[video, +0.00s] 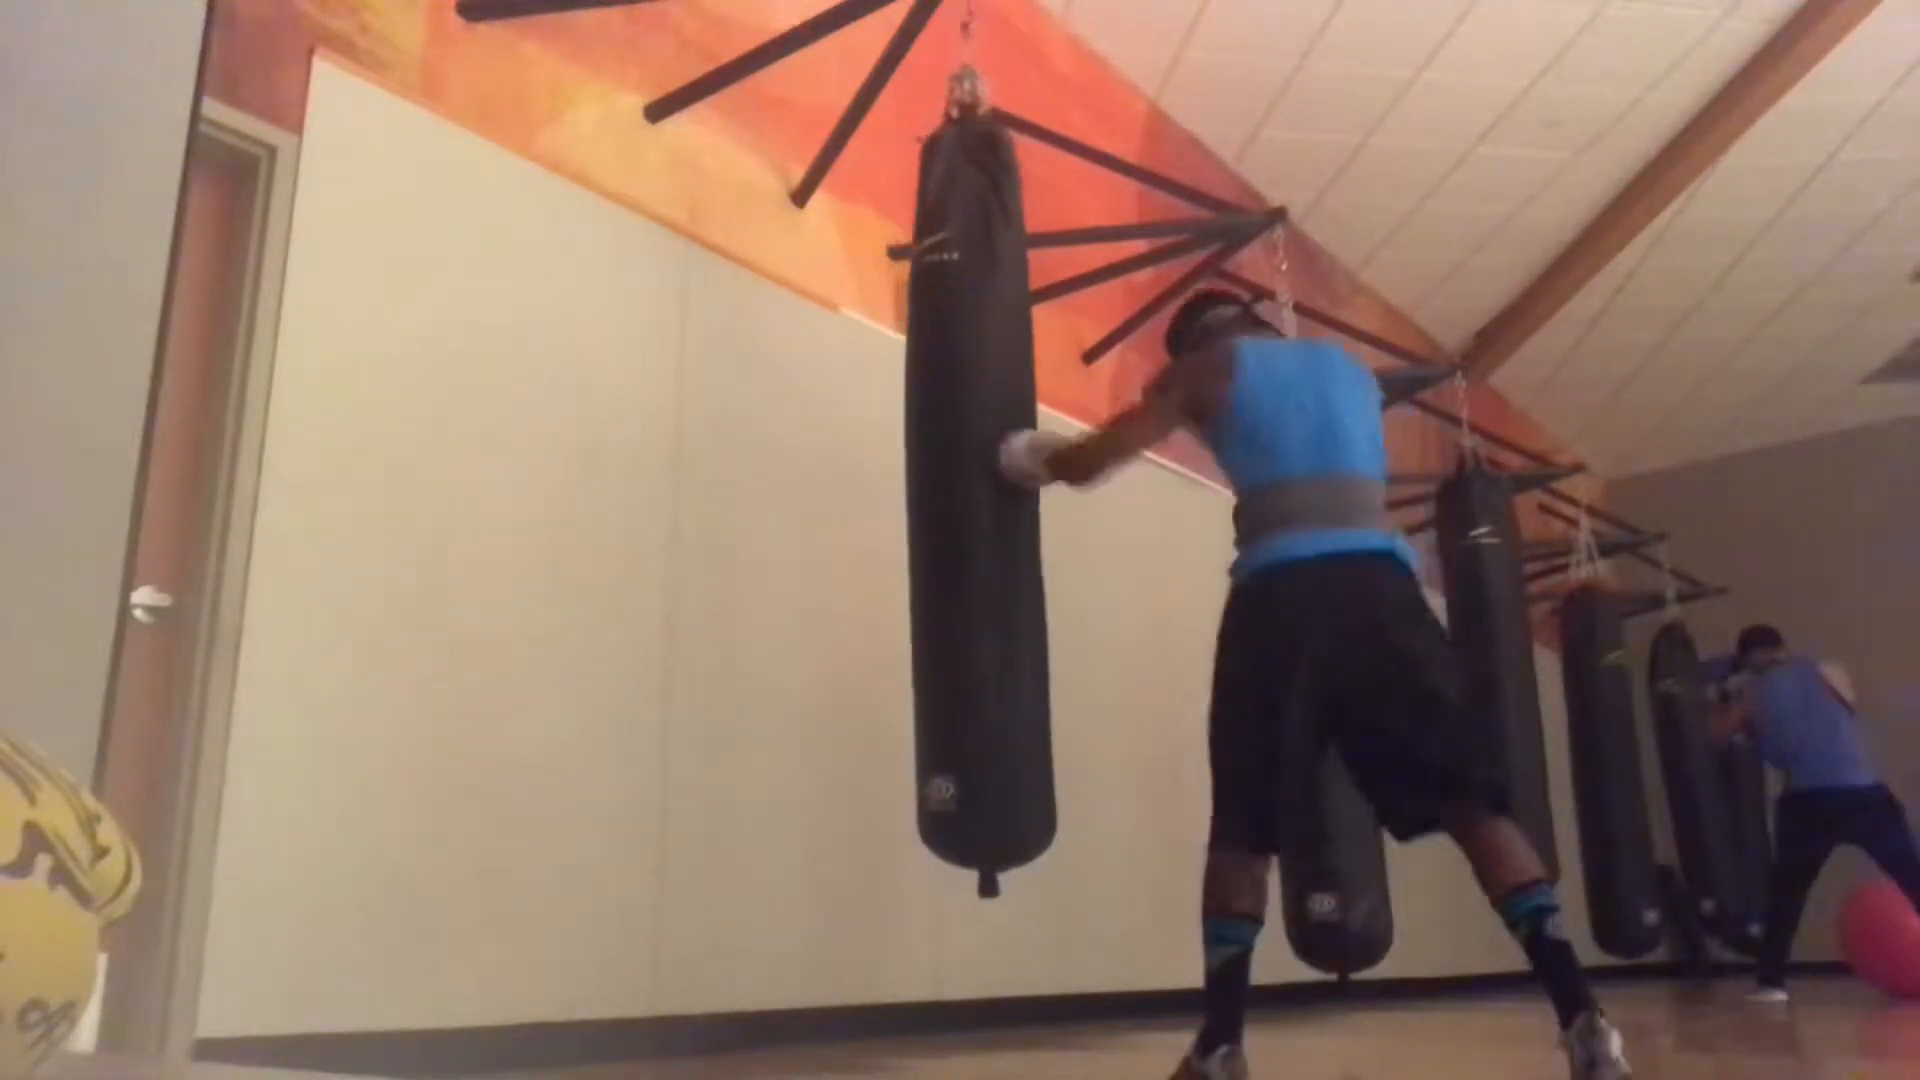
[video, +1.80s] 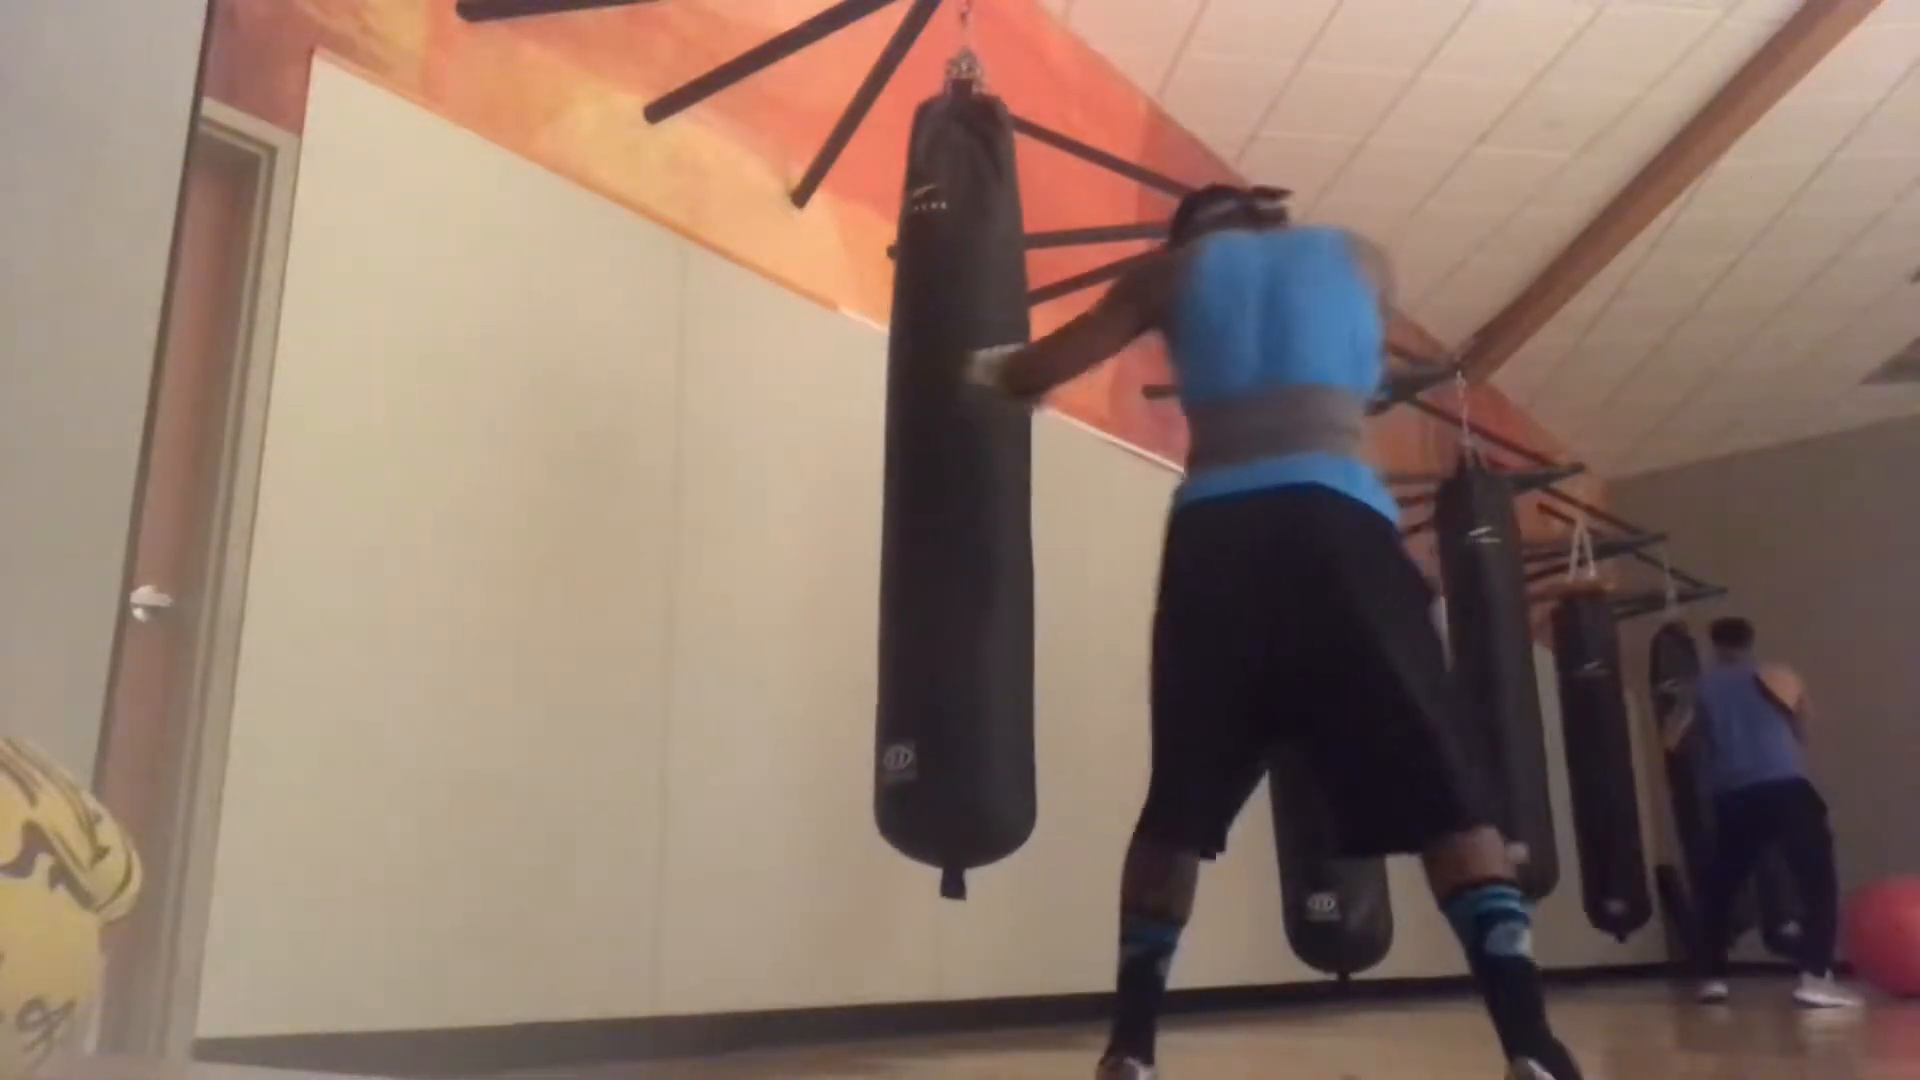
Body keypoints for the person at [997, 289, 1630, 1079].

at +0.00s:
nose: (1176, 380)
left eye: (1181, 365)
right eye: (1179, 371)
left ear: (1194, 347)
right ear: (1264, 323)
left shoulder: (1204, 366)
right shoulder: (1347, 366)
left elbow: (1088, 463)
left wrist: (1033, 456)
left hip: (1275, 612)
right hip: (1383, 599)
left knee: (1241, 827)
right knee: (1473, 805)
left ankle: (1221, 1041)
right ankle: (1582, 1016)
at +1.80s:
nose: (1176, 258)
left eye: (1179, 246)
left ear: (1193, 239)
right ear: (1268, 218)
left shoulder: (1175, 266)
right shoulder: (1353, 254)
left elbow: (1040, 368)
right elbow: (1409, 357)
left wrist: (985, 370)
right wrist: (1359, 376)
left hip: (1213, 548)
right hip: (1342, 541)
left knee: (1177, 803)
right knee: (1444, 793)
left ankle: (1129, 1047)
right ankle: (1529, 1046)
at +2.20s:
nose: (1152, 276)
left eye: (1156, 265)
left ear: (1177, 259)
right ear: (1266, 254)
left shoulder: (1152, 291)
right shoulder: (1321, 299)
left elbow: (1055, 437)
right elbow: (1319, 431)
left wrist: (1059, 438)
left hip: (1166, 582)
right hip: (1299, 585)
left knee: (1122, 794)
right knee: (1394, 815)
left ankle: (1098, 1011)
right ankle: (1447, 1051)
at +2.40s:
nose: (1251, 303)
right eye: (1240, 295)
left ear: (1122, 321)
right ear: (1199, 301)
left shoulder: (1086, 368)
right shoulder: (1250, 329)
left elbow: (1012, 458)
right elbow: (1287, 482)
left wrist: (988, 524)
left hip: (1097, 604)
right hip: (1221, 598)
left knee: (1069, 825)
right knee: (1381, 806)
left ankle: (996, 1043)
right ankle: (1389, 1024)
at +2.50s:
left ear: (1098, 325)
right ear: (1177, 309)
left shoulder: (1063, 372)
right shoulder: (1242, 327)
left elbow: (994, 513)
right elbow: (1253, 488)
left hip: (1075, 595)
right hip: (1196, 592)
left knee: (1061, 816)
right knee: (1315, 813)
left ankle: (994, 1042)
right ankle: (1282, 1041)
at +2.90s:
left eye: (1002, 296)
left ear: (1005, 292)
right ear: (1067, 293)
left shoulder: (978, 332)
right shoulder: (1132, 340)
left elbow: (933, 471)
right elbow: (1173, 466)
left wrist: (995, 474)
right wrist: (1094, 472)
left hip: (1001, 585)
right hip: (1114, 586)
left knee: (973, 818)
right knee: (1164, 810)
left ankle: (954, 1047)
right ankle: (1302, 961)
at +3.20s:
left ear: (970, 247)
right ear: (1046, 246)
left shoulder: (965, 310)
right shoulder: (1125, 305)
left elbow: (935, 463)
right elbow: (1177, 456)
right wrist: (1090, 494)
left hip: (1007, 572)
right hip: (1130, 567)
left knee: (984, 814)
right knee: (1213, 772)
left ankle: (955, 1046)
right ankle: (1347, 947)